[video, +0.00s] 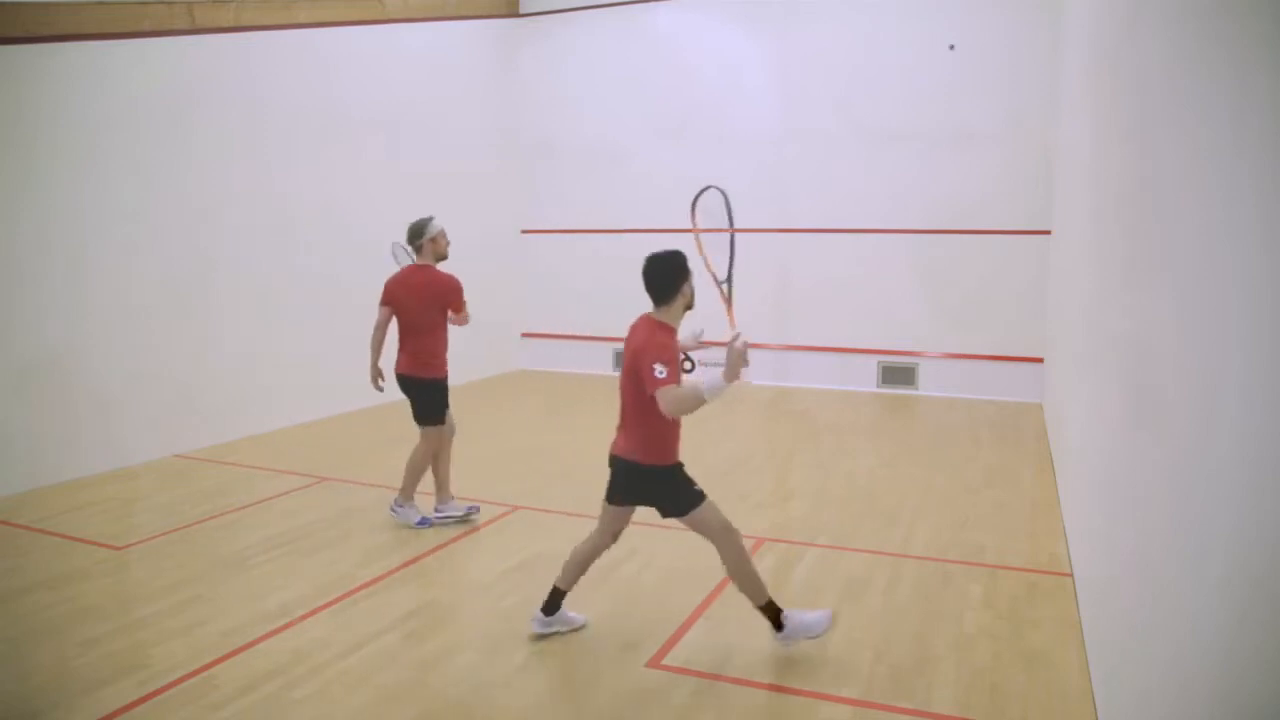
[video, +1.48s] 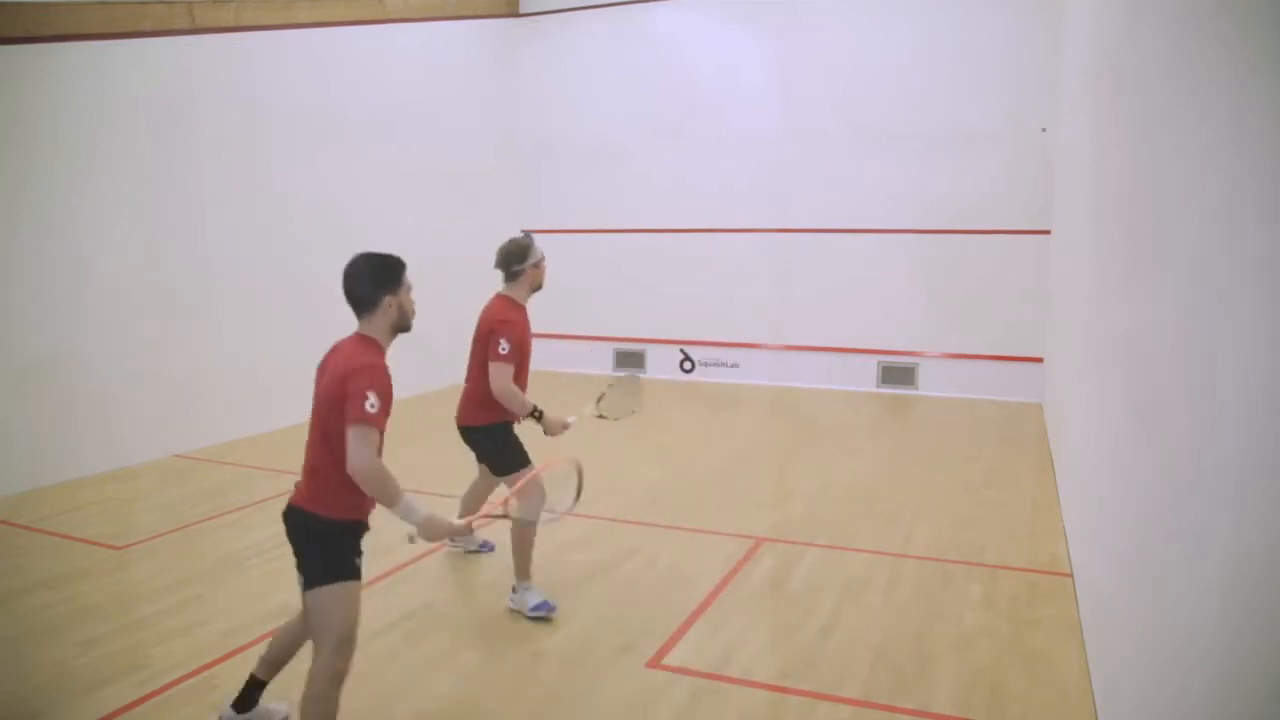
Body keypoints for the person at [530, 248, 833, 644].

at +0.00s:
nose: (693, 288)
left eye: (690, 280)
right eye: (690, 281)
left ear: (652, 288)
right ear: (683, 288)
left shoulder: (642, 329)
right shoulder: (660, 340)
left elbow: (643, 367)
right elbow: (671, 404)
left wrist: (680, 343)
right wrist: (726, 379)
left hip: (627, 460)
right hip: (657, 466)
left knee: (604, 533)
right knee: (725, 536)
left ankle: (548, 612)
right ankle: (780, 621)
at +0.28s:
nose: (763, 312)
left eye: (762, 303)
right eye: (759, 304)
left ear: (729, 309)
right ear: (744, 311)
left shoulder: (726, 354)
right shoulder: (708, 359)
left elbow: (738, 407)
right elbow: (697, 432)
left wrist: (772, 437)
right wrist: (743, 431)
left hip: (717, 465)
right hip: (691, 478)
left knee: (762, 528)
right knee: (762, 543)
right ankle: (803, 628)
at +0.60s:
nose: (730, 302)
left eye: (733, 292)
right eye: (724, 292)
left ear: (719, 289)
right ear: (693, 288)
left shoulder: (714, 334)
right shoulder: (640, 327)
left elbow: (736, 392)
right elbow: (581, 370)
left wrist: (794, 425)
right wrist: (608, 373)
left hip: (692, 453)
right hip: (645, 462)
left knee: (731, 540)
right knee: (685, 562)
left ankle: (707, 613)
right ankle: (706, 640)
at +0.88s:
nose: (616, 366)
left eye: (619, 355)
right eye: (607, 357)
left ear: (620, 350)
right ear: (571, 350)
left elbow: (656, 398)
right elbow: (446, 425)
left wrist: (702, 417)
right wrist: (441, 374)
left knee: (663, 587)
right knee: (518, 635)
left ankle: (687, 644)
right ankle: (496, 716)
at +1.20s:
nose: (509, 294)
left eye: (509, 283)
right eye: (506, 283)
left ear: (472, 284)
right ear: (482, 285)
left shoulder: (463, 342)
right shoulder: (433, 350)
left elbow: (470, 427)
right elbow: (481, 445)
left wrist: (471, 484)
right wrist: (532, 473)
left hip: (440, 496)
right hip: (398, 503)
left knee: (502, 578)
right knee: (418, 642)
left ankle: (474, 682)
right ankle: (385, 718)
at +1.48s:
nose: (413, 299)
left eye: (409, 289)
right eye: (407, 290)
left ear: (365, 301)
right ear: (389, 301)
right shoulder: (368, 367)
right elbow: (362, 464)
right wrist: (420, 517)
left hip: (310, 514)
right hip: (331, 525)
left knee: (310, 619)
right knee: (334, 654)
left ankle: (244, 704)